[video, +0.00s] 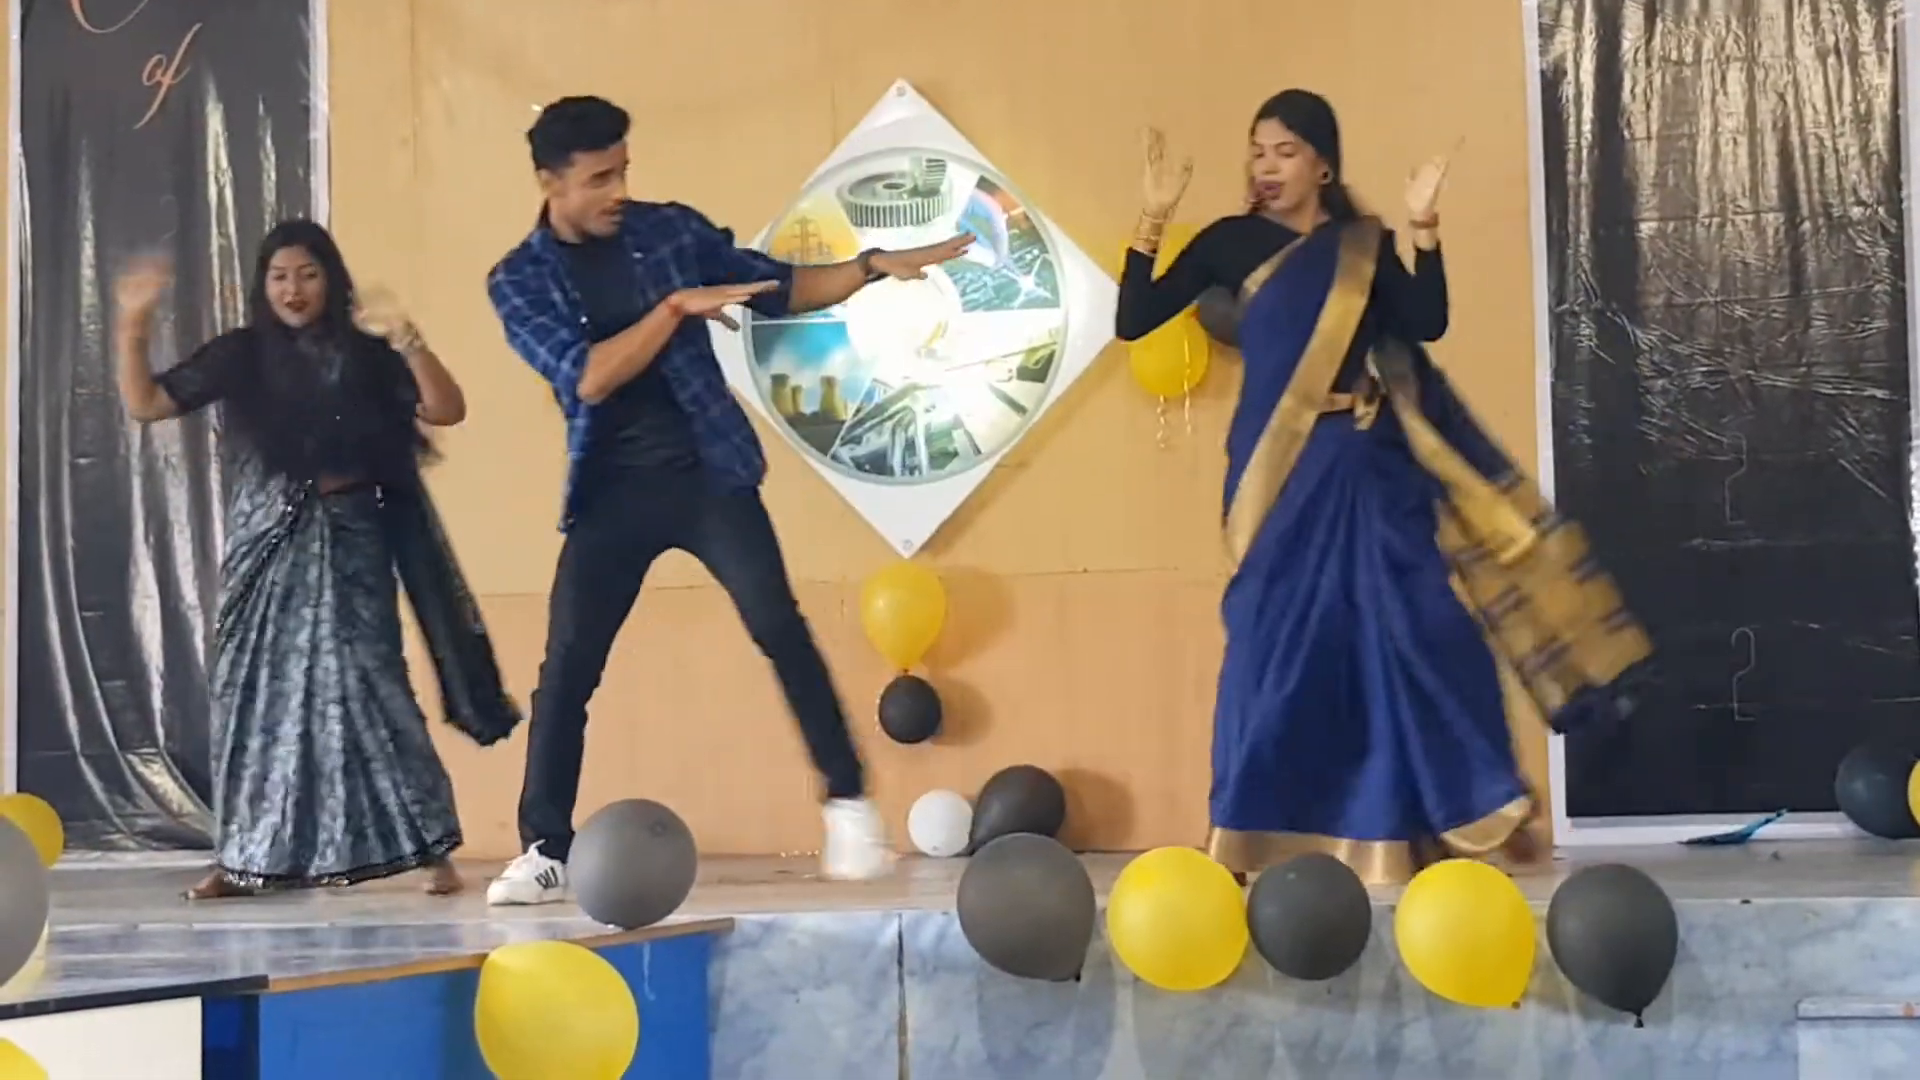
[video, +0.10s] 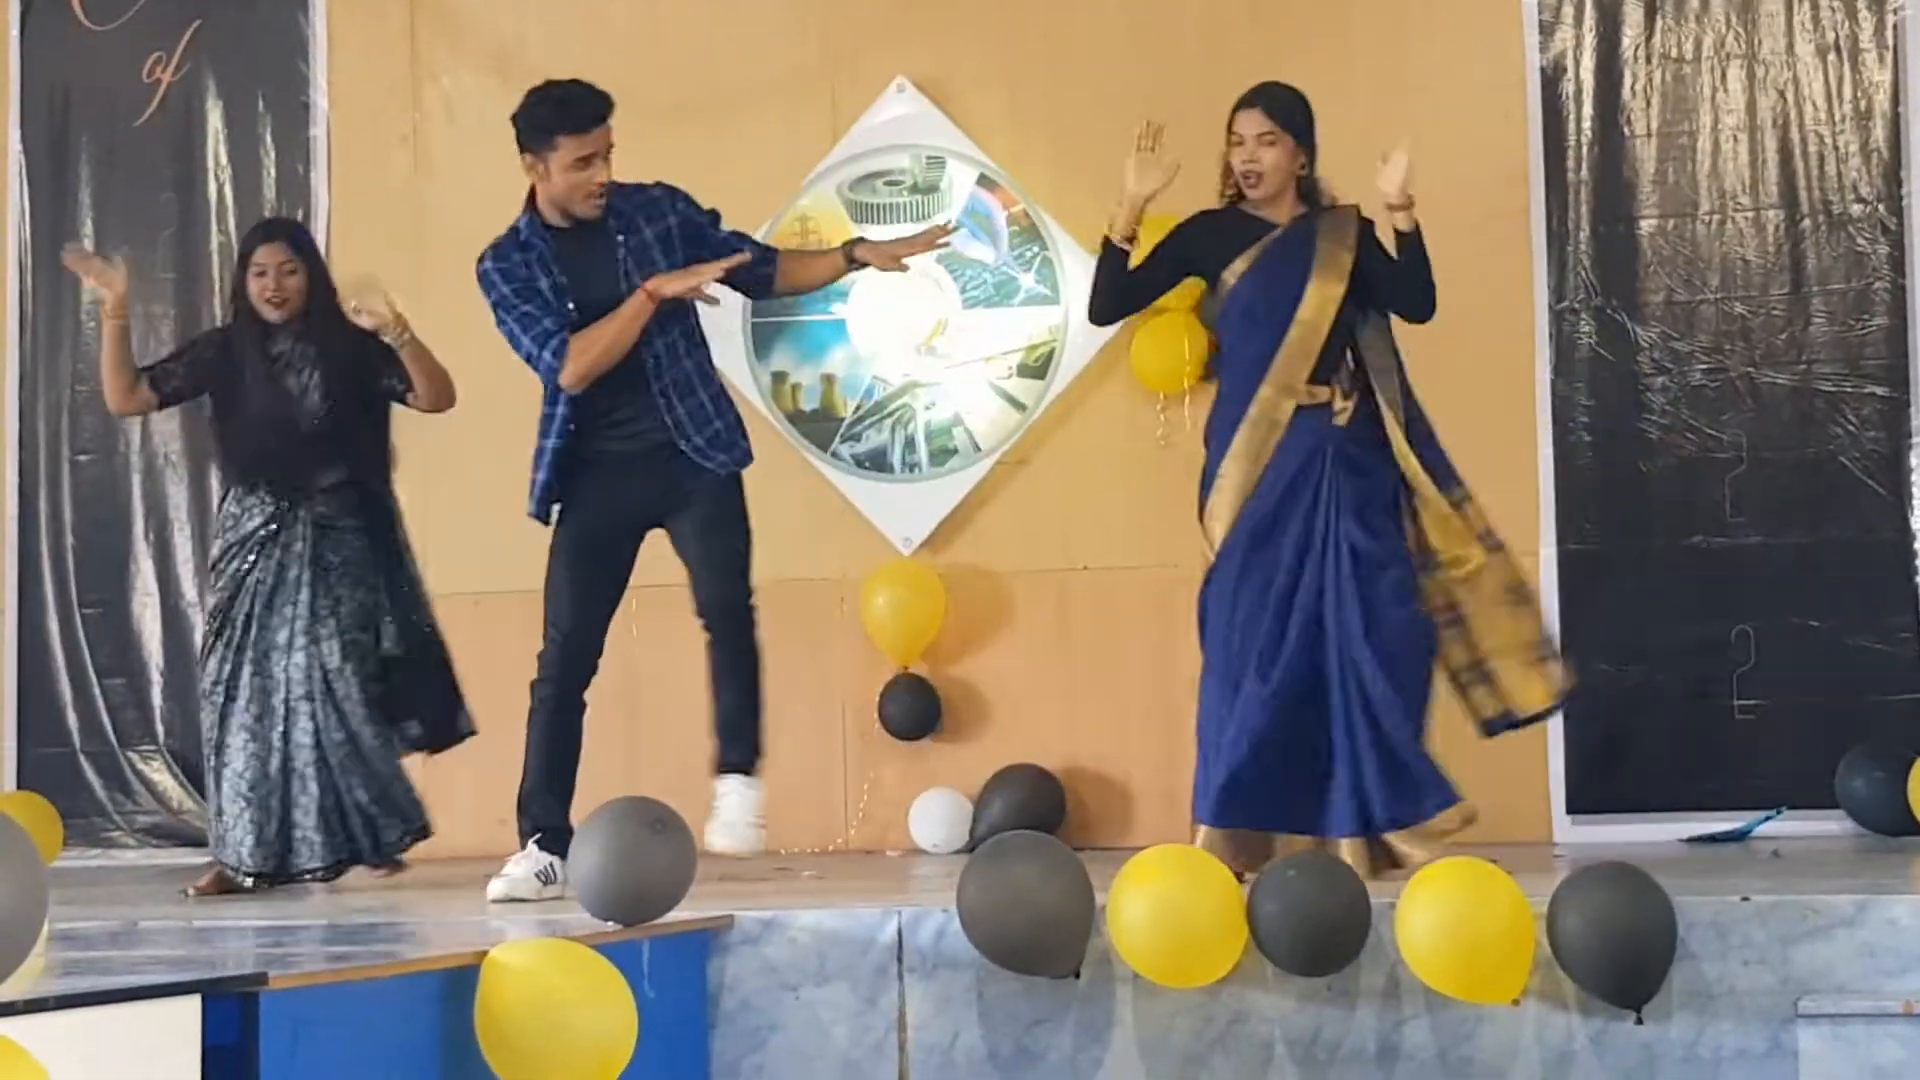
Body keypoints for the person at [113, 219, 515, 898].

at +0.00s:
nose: (293, 288)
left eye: (307, 274)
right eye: (279, 276)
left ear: (332, 281)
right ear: (262, 286)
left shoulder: (366, 354)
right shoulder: (244, 352)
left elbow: (449, 411)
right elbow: (146, 404)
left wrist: (411, 341)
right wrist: (133, 321)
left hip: (355, 537)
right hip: (270, 541)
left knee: (374, 687)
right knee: (257, 690)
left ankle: (431, 849)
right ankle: (247, 856)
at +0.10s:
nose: (274, 284)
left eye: (288, 270)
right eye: (260, 272)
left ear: (313, 275)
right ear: (243, 281)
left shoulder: (352, 345)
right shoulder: (226, 350)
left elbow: (438, 398)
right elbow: (124, 398)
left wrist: (402, 335)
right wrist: (114, 307)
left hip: (342, 535)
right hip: (256, 538)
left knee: (336, 684)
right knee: (247, 689)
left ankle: (343, 836)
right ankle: (239, 855)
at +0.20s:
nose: (261, 284)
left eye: (275, 271)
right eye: (248, 272)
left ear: (299, 278)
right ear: (230, 282)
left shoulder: (337, 345)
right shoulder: (212, 355)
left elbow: (422, 406)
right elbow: (128, 421)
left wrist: (408, 346)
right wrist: (142, 346)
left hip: (324, 537)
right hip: (239, 540)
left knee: (317, 691)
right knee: (232, 690)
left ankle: (315, 855)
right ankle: (235, 857)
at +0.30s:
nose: (256, 283)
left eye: (270, 270)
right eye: (242, 271)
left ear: (294, 280)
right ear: (224, 283)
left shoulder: (331, 350)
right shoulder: (207, 360)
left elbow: (405, 421)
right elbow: (133, 431)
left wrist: (393, 348)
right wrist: (145, 358)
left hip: (320, 540)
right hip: (235, 541)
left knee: (306, 697)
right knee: (225, 691)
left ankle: (297, 855)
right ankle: (219, 855)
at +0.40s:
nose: (268, 270)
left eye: (282, 258)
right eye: (255, 258)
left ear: (305, 270)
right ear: (236, 272)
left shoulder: (331, 342)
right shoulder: (212, 348)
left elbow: (412, 407)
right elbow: (126, 406)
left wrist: (373, 340)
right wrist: (102, 328)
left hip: (326, 526)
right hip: (243, 530)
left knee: (329, 673)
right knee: (230, 675)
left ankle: (347, 822)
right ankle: (220, 847)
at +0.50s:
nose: (284, 254)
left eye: (299, 242)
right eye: (271, 242)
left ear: (321, 256)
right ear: (251, 256)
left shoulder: (347, 331)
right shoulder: (227, 332)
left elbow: (427, 386)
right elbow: (130, 383)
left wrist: (386, 313)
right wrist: (96, 300)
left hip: (336, 518)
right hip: (256, 523)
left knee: (359, 663)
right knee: (240, 673)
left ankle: (412, 809)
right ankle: (226, 843)